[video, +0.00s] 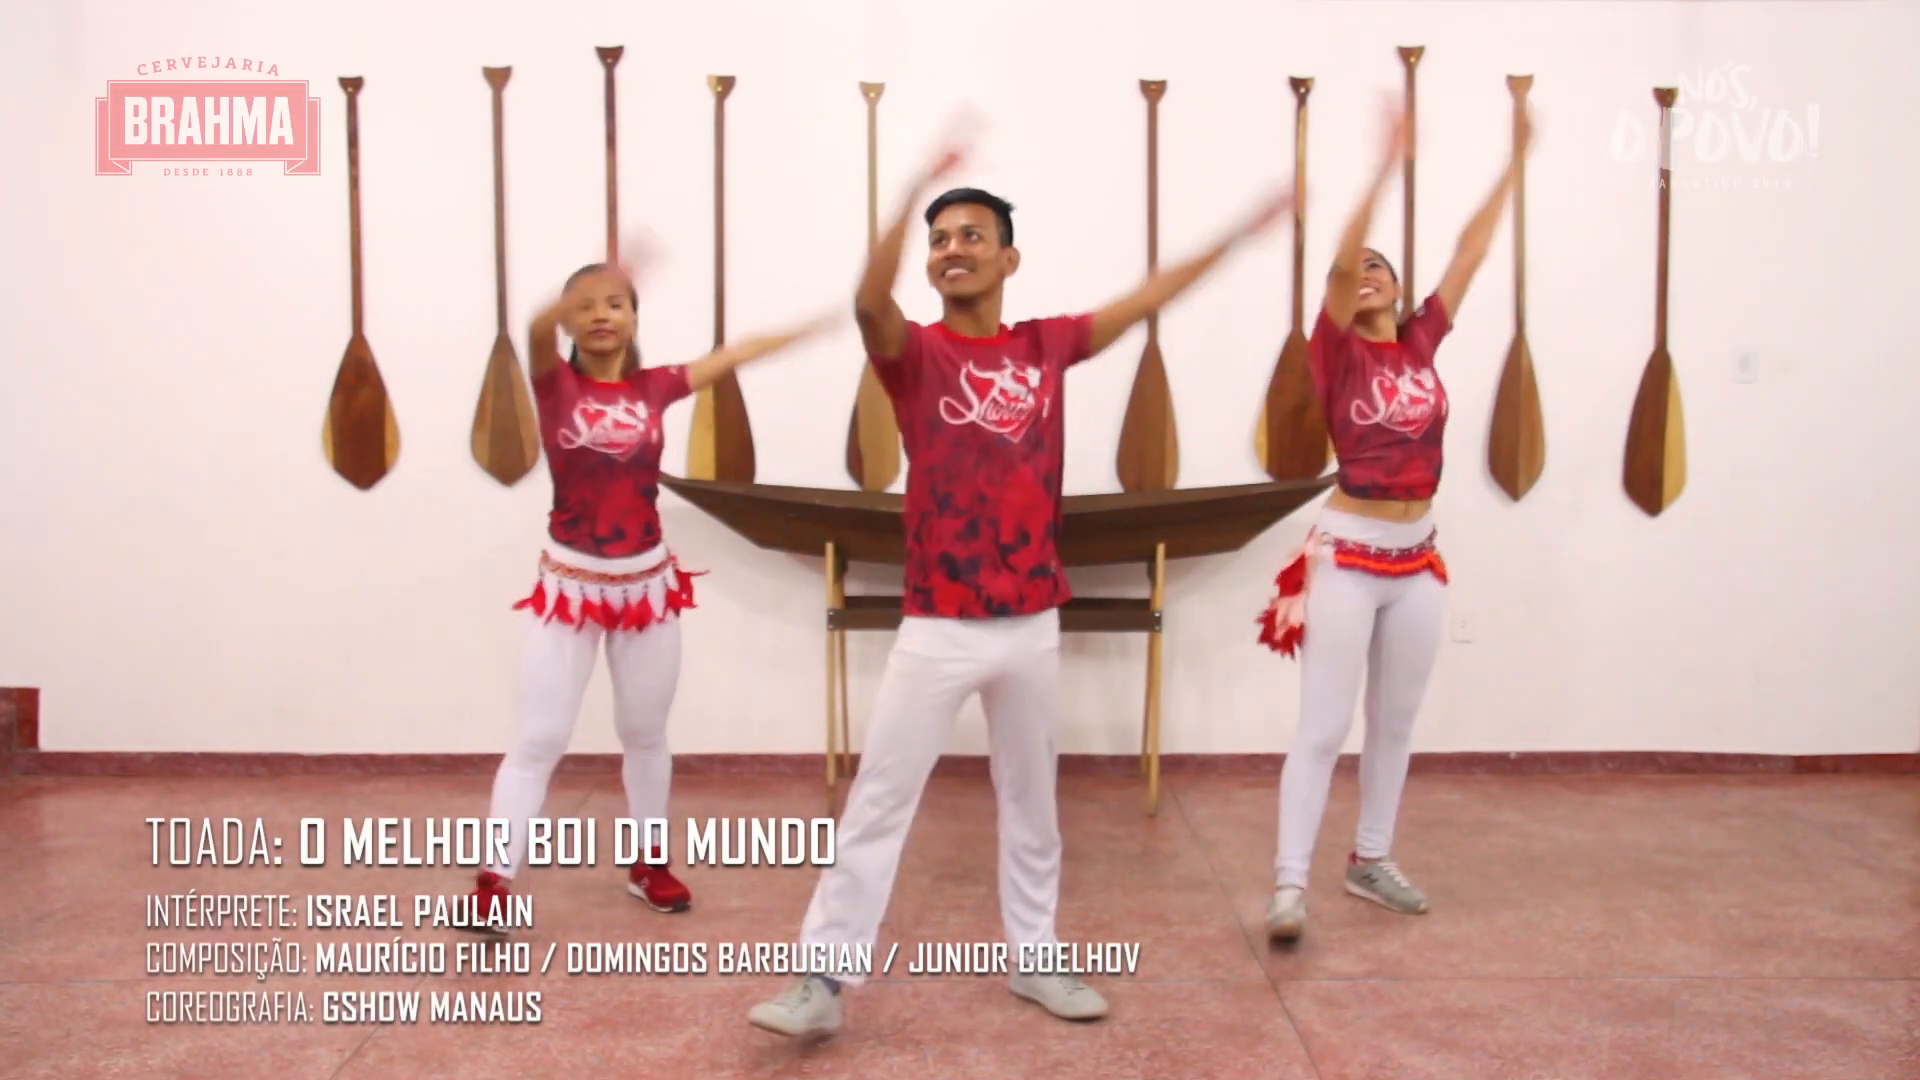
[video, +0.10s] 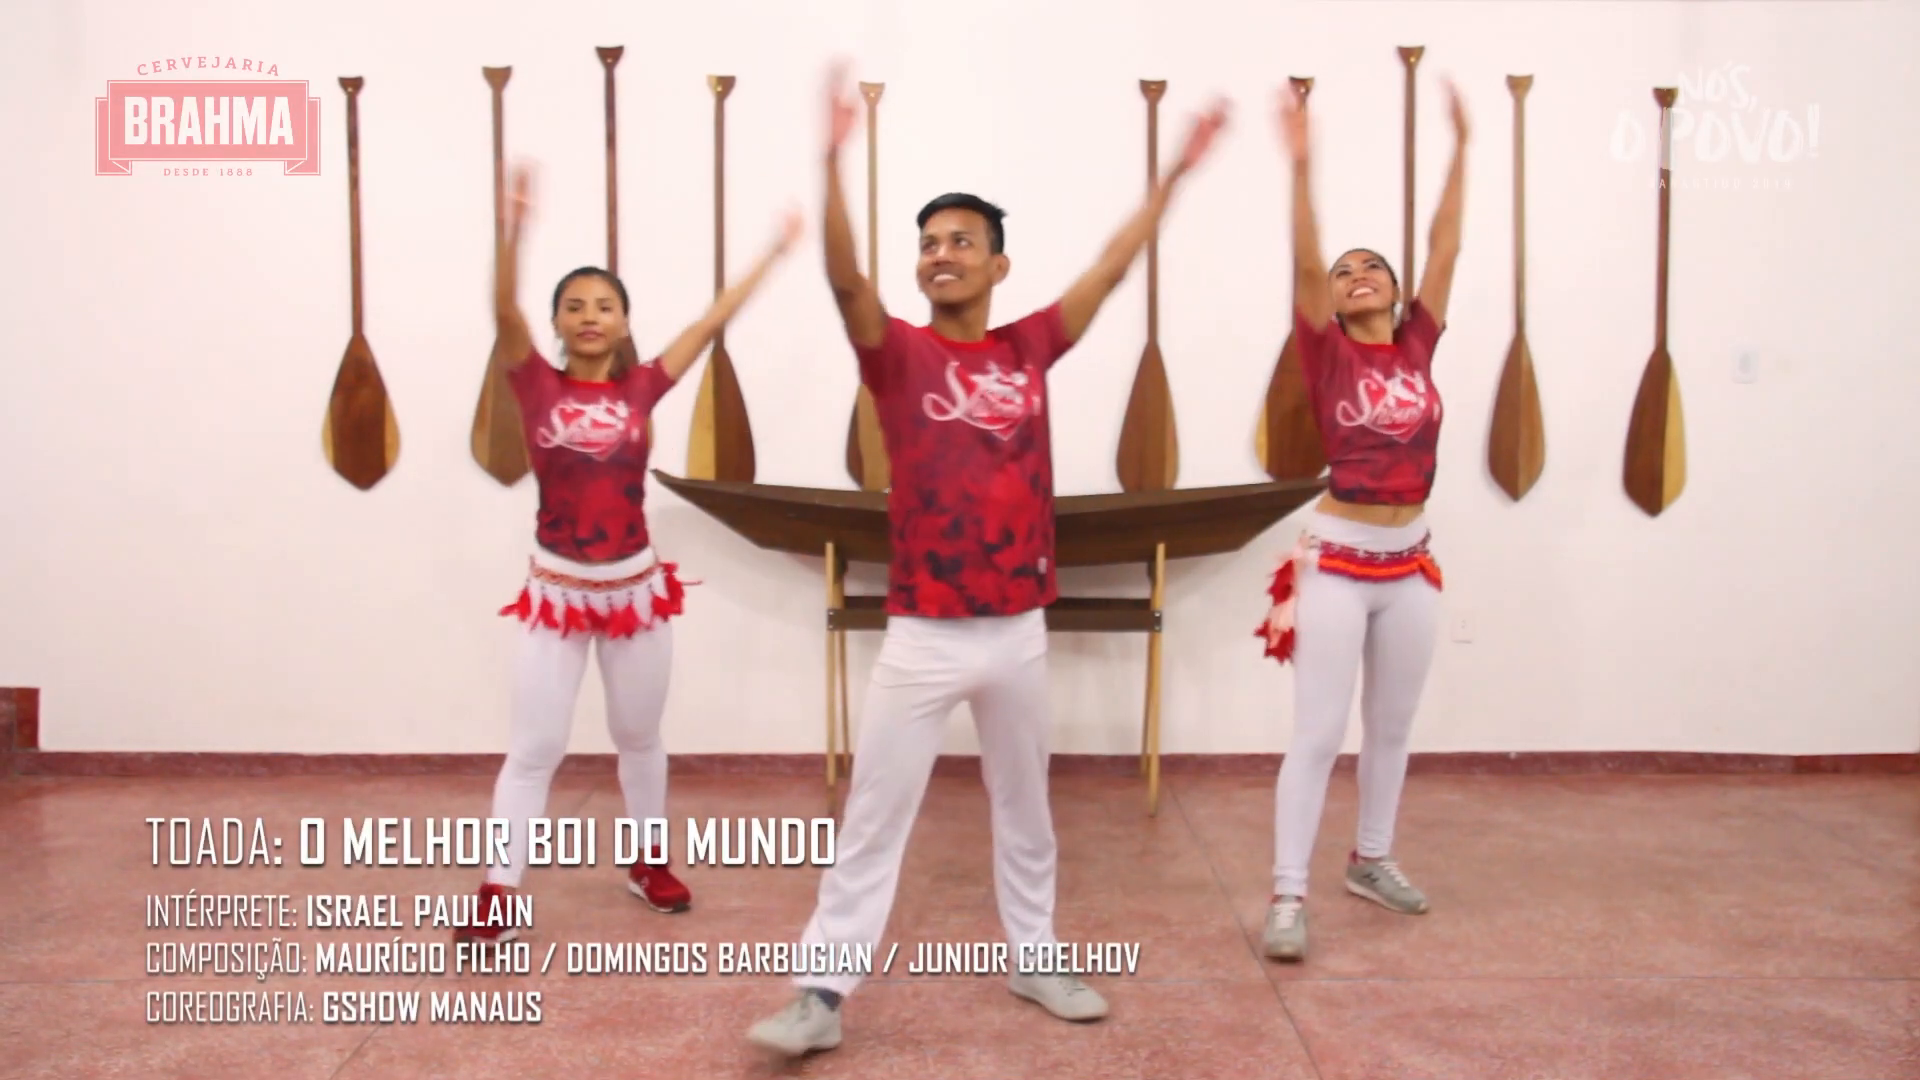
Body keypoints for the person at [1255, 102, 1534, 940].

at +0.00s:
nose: (1373, 275)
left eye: (1380, 269)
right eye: (1359, 271)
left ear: (1397, 290)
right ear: (1338, 296)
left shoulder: (1418, 343)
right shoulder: (1332, 356)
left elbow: (1469, 249)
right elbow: (1344, 262)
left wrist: (1515, 162)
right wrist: (1385, 170)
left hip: (1417, 562)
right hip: (1344, 559)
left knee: (1395, 726)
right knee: (1322, 731)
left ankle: (1372, 860)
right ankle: (1289, 887)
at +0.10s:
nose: (1360, 276)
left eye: (1372, 270)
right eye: (1344, 274)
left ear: (1398, 292)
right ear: (1331, 300)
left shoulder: (1417, 344)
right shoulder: (1326, 351)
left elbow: (1442, 246)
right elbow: (1308, 257)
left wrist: (1461, 148)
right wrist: (1300, 160)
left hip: (1409, 565)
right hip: (1336, 563)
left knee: (1391, 729)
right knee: (1318, 733)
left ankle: (1373, 863)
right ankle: (1289, 899)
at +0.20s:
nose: (1356, 279)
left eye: (1367, 272)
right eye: (1343, 274)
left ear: (1390, 292)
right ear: (1326, 297)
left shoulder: (1410, 348)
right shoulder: (1309, 353)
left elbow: (1427, 250)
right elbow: (1271, 267)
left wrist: (1410, 150)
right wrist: (1231, 182)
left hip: (1397, 569)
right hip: (1318, 567)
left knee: (1394, 732)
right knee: (1314, 736)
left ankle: (1375, 857)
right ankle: (1289, 902)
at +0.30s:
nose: (1344, 277)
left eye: (1358, 271)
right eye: (1332, 273)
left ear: (1383, 295)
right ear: (1318, 297)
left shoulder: (1406, 357)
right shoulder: (1293, 357)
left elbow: (1424, 259)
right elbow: (1231, 283)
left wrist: (1374, 175)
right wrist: (1170, 206)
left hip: (1379, 573)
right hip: (1299, 568)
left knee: (1400, 740)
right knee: (1304, 738)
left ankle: (1375, 850)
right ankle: (1288, 904)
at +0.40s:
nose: (1342, 276)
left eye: (1355, 271)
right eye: (1328, 272)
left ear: (1377, 299)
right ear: (1310, 299)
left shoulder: (1399, 361)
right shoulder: (1284, 363)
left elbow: (1424, 263)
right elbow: (1205, 308)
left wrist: (1346, 208)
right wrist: (1125, 245)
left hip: (1369, 576)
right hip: (1285, 571)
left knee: (1400, 759)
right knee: (1291, 741)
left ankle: (1377, 840)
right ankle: (1288, 903)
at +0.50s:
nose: (1337, 279)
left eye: (1350, 274)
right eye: (1324, 275)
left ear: (1373, 301)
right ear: (1307, 300)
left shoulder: (1396, 364)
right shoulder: (1281, 368)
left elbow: (1424, 270)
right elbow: (1190, 329)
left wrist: (1321, 247)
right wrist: (1088, 280)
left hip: (1367, 577)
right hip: (1281, 573)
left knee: (1380, 753)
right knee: (1286, 747)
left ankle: (1369, 845)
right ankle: (1286, 904)